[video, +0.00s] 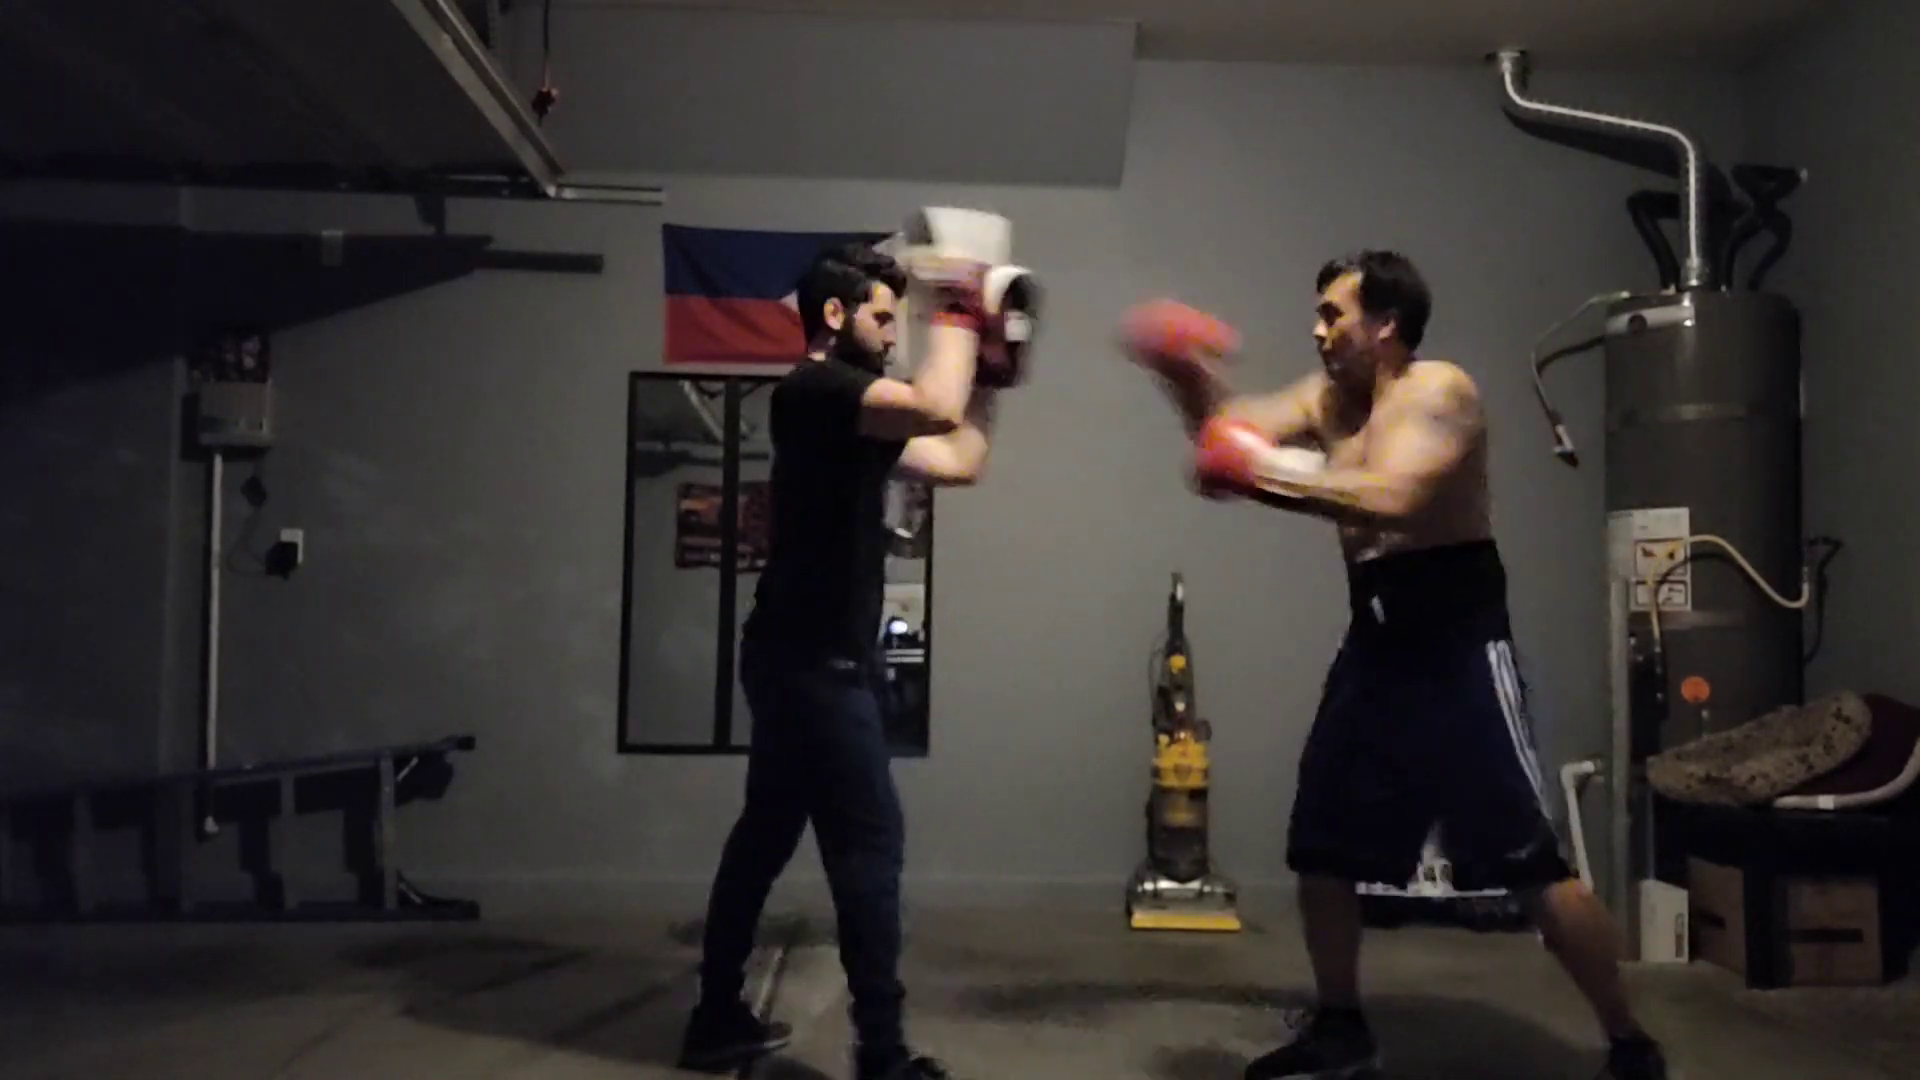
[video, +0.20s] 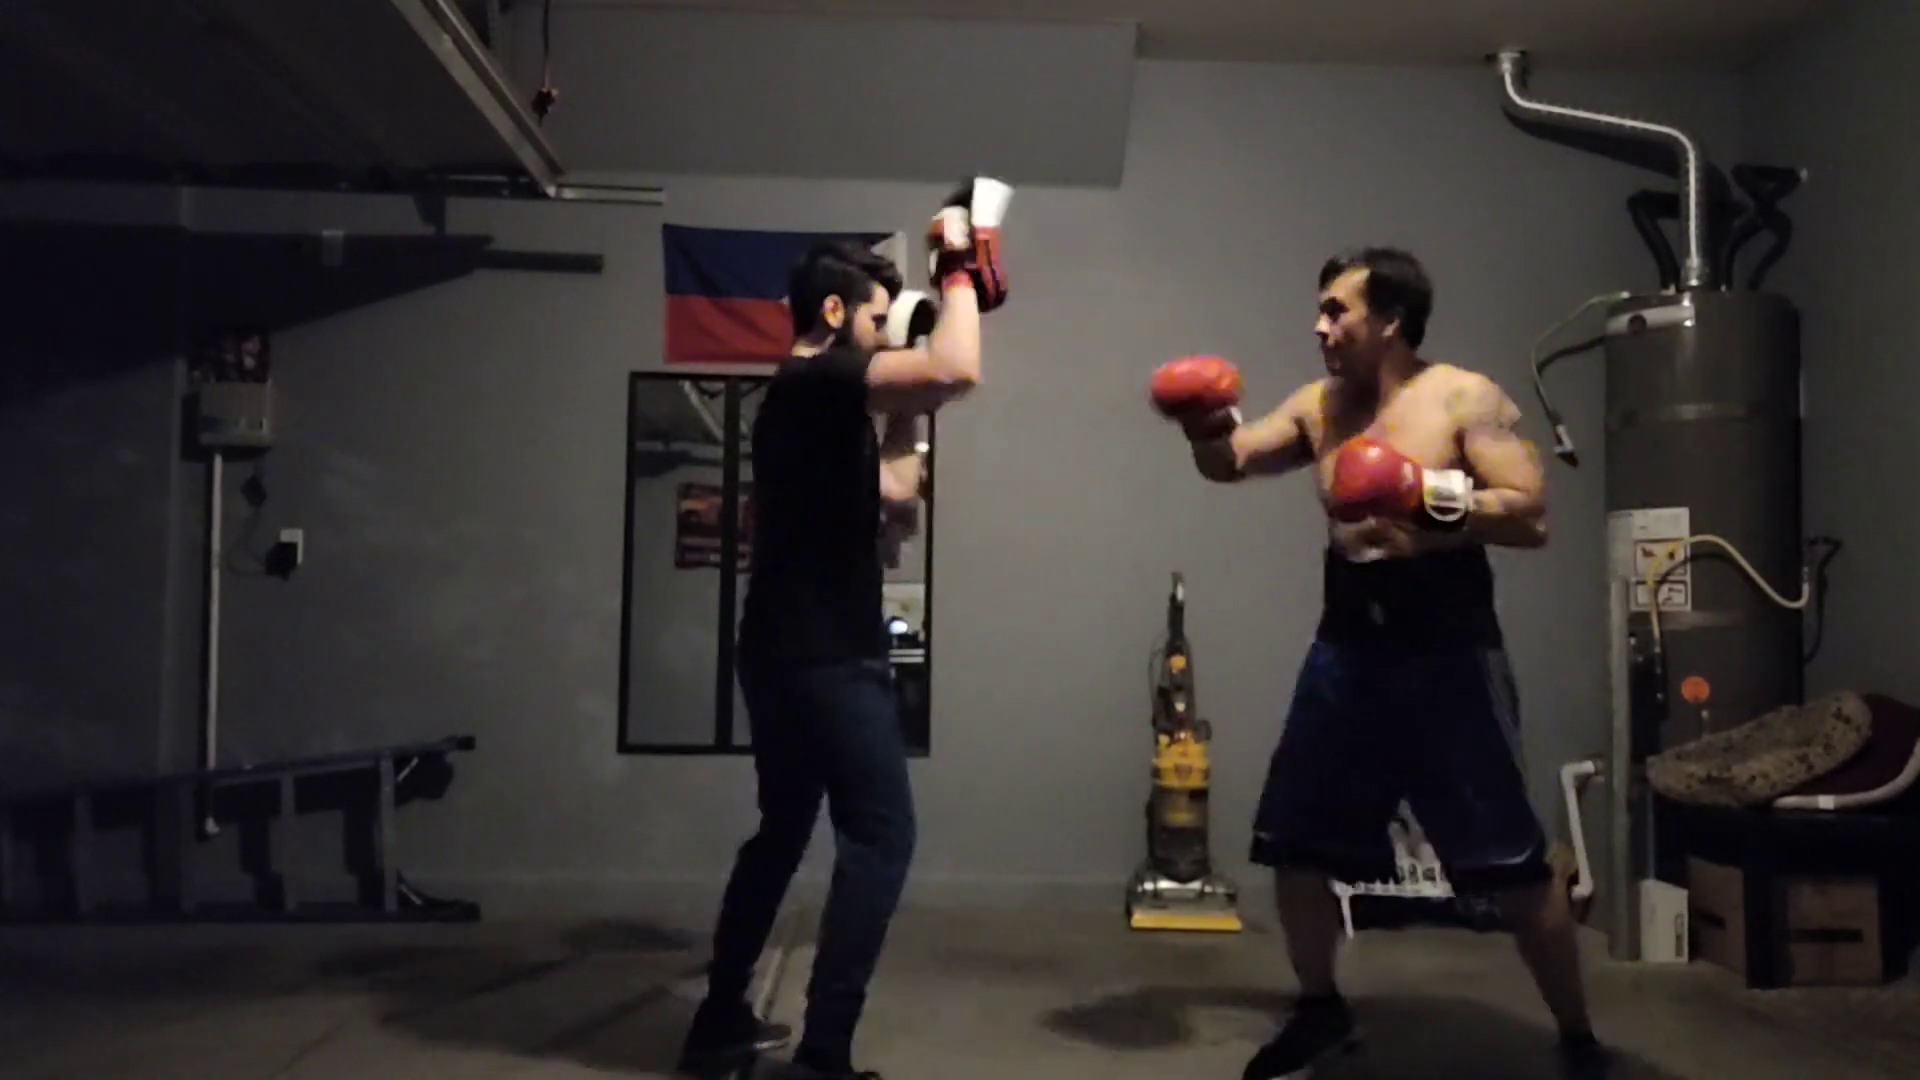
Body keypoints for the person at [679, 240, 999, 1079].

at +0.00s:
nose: (893, 332)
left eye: (895, 318)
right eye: (880, 315)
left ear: (837, 320)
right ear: (832, 314)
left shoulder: (850, 405)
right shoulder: (817, 385)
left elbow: (960, 461)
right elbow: (937, 400)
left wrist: (988, 370)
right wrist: (950, 308)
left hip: (807, 656)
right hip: (816, 659)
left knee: (764, 835)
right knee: (871, 845)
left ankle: (715, 1014)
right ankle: (882, 1050)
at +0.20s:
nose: (890, 320)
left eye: (889, 307)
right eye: (880, 304)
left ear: (824, 310)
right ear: (836, 308)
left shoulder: (787, 395)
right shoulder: (832, 377)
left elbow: (899, 486)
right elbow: (955, 363)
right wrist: (956, 266)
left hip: (776, 647)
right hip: (833, 651)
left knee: (782, 830)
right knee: (882, 837)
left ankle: (720, 1019)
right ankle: (827, 1049)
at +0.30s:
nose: (892, 332)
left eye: (891, 315)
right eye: (881, 316)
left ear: (812, 317)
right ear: (834, 313)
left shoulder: (767, 400)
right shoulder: (842, 383)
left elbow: (777, 527)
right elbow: (987, 397)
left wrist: (869, 508)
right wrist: (1045, 316)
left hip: (771, 655)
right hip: (833, 661)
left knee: (765, 831)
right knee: (864, 854)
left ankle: (721, 1016)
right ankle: (818, 1060)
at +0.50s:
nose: (873, 304)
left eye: (873, 289)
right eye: (867, 287)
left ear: (796, 283)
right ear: (822, 279)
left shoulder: (740, 374)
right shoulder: (824, 357)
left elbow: (936, 418)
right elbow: (962, 413)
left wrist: (1018, 363)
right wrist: (1016, 330)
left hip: (735, 646)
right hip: (820, 651)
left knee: (721, 835)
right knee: (829, 859)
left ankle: (643, 1035)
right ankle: (811, 1059)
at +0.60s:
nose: (857, 299)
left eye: (859, 283)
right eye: (851, 281)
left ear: (780, 276)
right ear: (804, 274)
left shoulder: (729, 365)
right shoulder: (800, 359)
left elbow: (886, 440)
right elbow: (916, 436)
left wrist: (971, 379)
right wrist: (964, 346)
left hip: (718, 645)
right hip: (800, 652)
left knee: (683, 841)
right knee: (823, 859)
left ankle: (574, 1045)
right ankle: (812, 1063)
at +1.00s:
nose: (767, 296)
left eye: (771, 281)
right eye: (763, 278)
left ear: (681, 270)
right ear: (719, 267)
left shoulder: (630, 360)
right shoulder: (700, 344)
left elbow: (671, 503)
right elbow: (817, 415)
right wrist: (817, 318)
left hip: (628, 655)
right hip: (711, 657)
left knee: (591, 868)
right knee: (802, 853)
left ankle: (532, 1063)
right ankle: (831, 1061)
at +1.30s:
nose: (799, 283)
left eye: (801, 268)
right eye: (794, 266)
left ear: (686, 266)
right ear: (749, 262)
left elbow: (689, 501)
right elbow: (952, 357)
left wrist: (784, 516)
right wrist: (1024, 256)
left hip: (654, 669)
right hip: (757, 674)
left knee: (624, 877)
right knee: (823, 887)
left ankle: (545, 1065)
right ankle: (875, 1065)